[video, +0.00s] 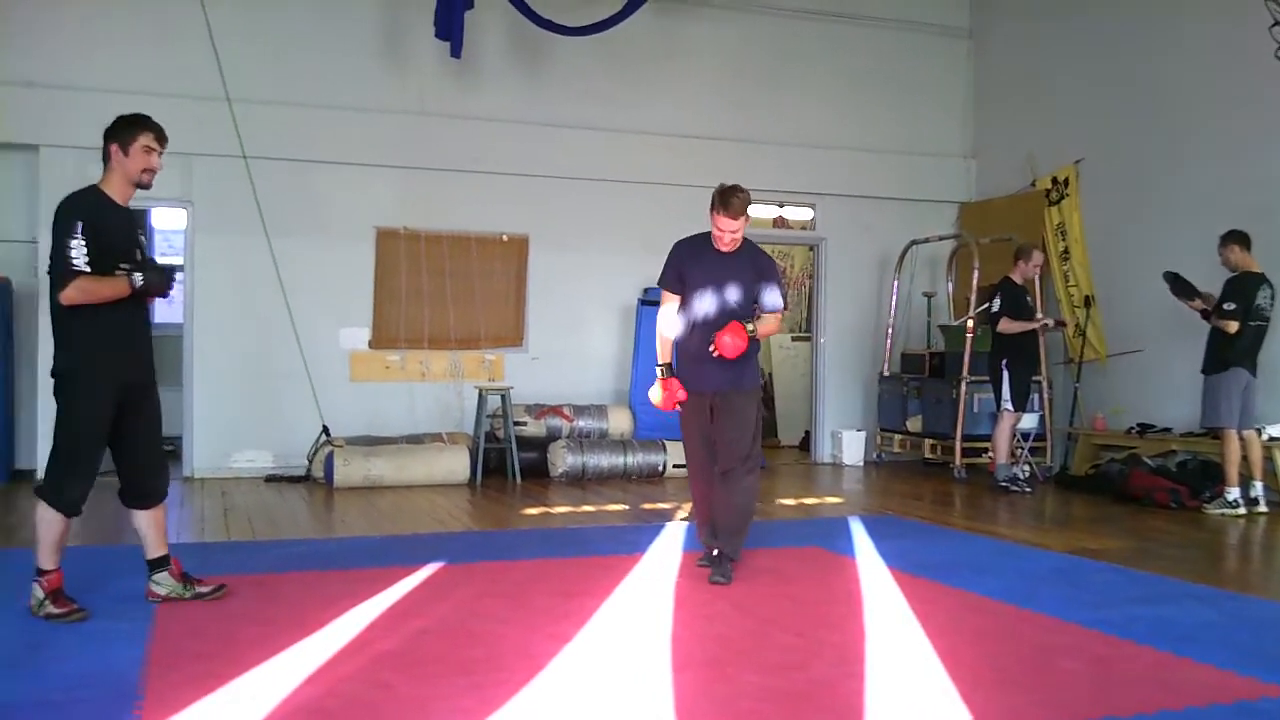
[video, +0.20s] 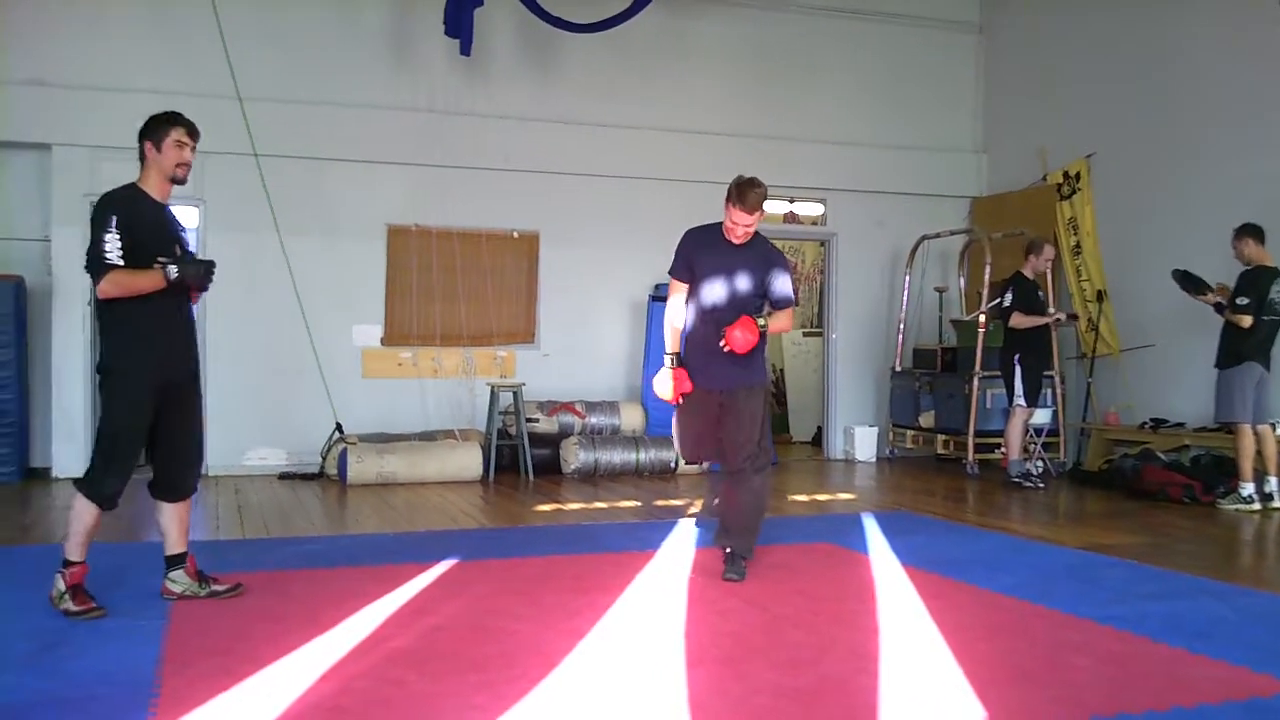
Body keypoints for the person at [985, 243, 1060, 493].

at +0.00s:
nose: (1038, 271)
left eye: (1040, 267)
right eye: (1035, 266)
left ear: (1024, 266)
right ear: (1020, 264)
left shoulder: (1021, 290)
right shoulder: (1005, 288)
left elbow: (1023, 322)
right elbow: (1000, 325)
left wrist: (1049, 324)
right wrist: (1035, 324)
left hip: (1020, 361)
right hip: (1007, 361)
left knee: (1012, 415)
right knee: (1008, 415)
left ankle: (1005, 468)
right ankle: (1001, 471)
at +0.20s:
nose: (1049, 265)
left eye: (1051, 261)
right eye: (1046, 260)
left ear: (1036, 260)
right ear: (1031, 258)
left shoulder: (1033, 285)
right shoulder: (1017, 283)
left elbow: (1031, 316)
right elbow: (1013, 319)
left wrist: (1055, 317)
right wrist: (1047, 319)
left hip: (1031, 355)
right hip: (1018, 355)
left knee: (1024, 411)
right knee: (1021, 410)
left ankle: (1016, 465)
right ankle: (1015, 468)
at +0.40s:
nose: (1046, 259)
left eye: (1047, 254)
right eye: (1042, 254)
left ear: (1033, 257)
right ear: (1027, 255)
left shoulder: (1031, 284)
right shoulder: (1013, 282)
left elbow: (1028, 316)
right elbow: (1009, 318)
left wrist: (1051, 316)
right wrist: (1044, 317)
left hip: (1028, 354)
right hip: (1016, 354)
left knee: (1020, 409)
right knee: (1017, 408)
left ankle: (1012, 464)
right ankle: (1011, 467)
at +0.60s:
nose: (1041, 255)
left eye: (1042, 250)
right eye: (1037, 249)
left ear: (1027, 252)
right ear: (1021, 251)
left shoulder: (1026, 281)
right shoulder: (1009, 278)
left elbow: (1025, 313)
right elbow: (1005, 315)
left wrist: (1051, 314)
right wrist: (1040, 315)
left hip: (1024, 351)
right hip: (1011, 350)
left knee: (1014, 405)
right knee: (1012, 405)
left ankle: (1007, 459)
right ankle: (1005, 462)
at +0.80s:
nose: (1021, 198)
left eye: (1022, 193)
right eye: (1016, 193)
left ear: (1007, 196)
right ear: (1000, 194)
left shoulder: (1006, 225)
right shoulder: (988, 222)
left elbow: (1002, 258)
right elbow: (984, 260)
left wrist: (1028, 259)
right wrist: (1019, 260)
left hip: (1004, 295)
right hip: (991, 295)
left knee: (994, 351)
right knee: (993, 350)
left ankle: (986, 404)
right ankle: (985, 406)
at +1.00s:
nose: (1031, 203)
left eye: (1032, 198)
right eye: (1027, 198)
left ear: (1018, 201)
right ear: (1011, 199)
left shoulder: (1017, 230)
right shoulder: (998, 227)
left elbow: (1014, 263)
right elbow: (994, 265)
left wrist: (1038, 265)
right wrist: (1030, 267)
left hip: (1015, 301)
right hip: (1002, 301)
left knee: (1007, 357)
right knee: (1003, 356)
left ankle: (998, 409)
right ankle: (993, 413)